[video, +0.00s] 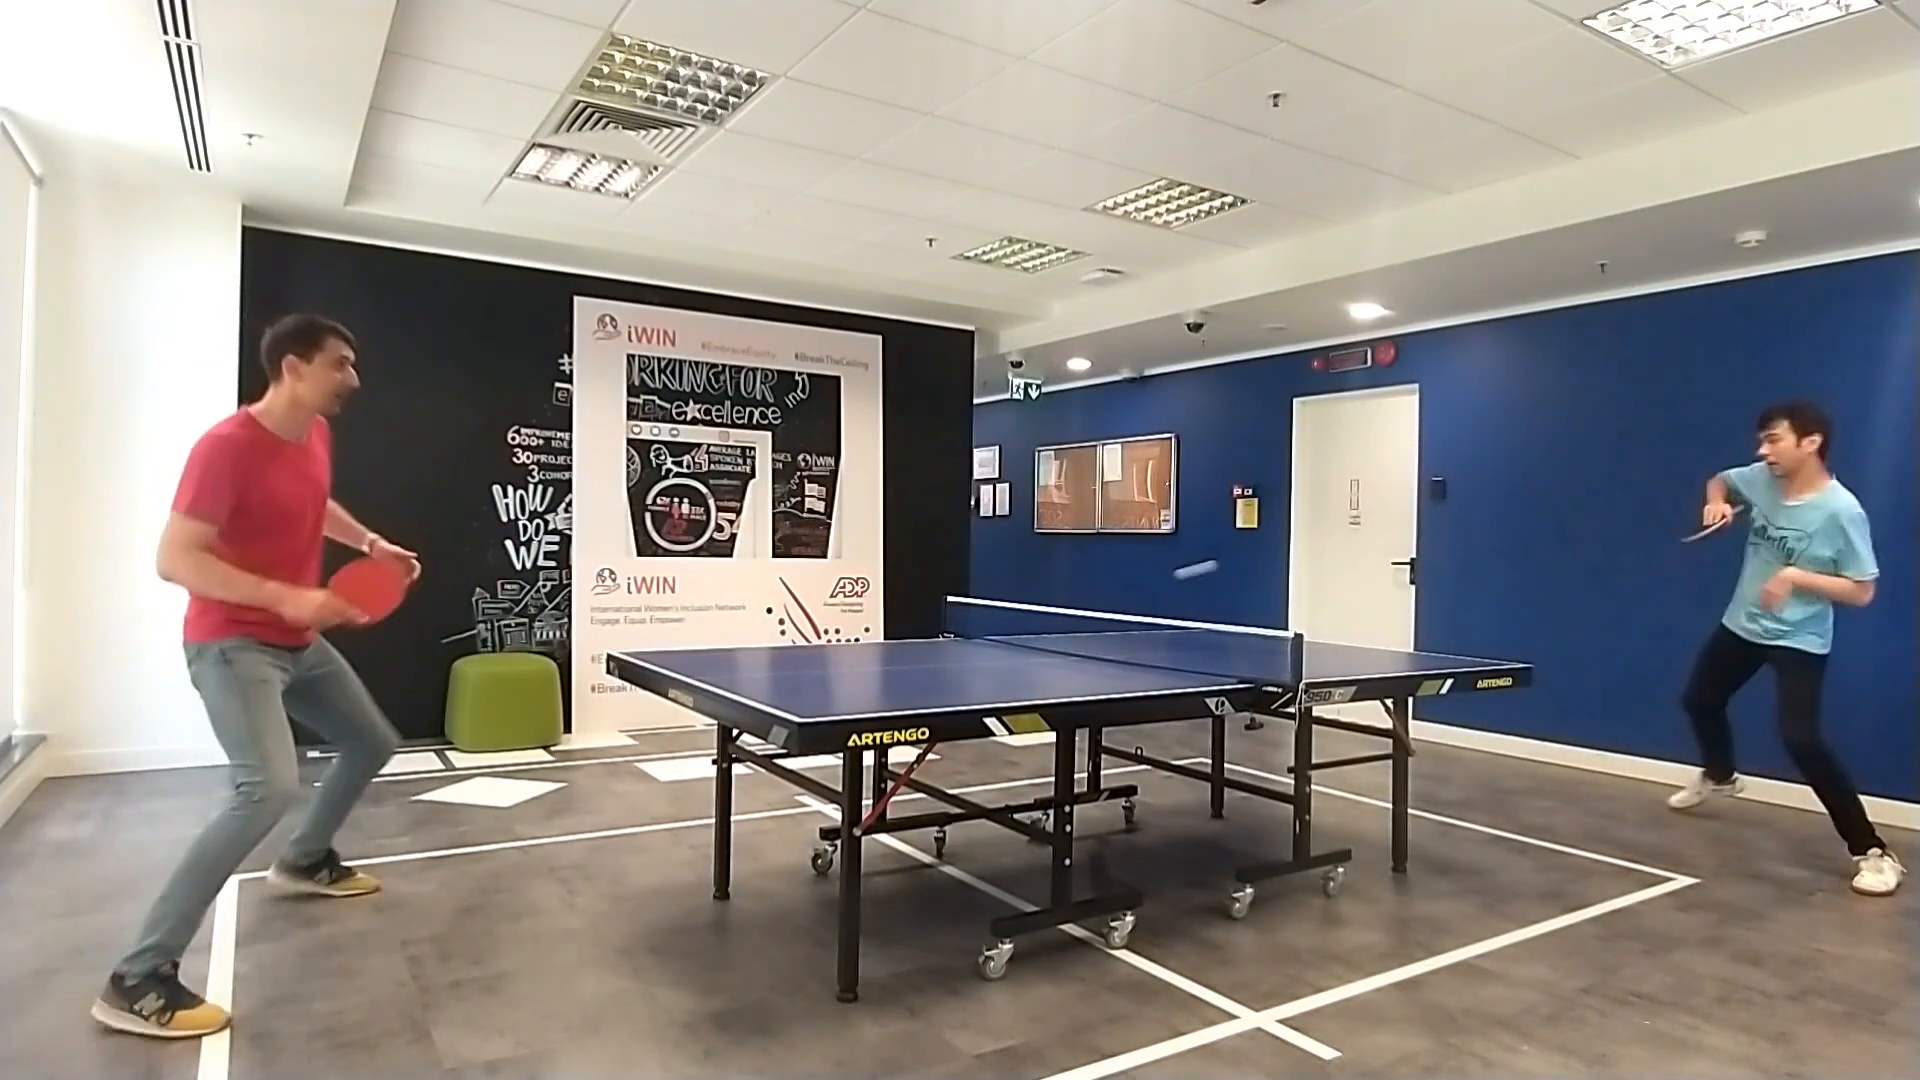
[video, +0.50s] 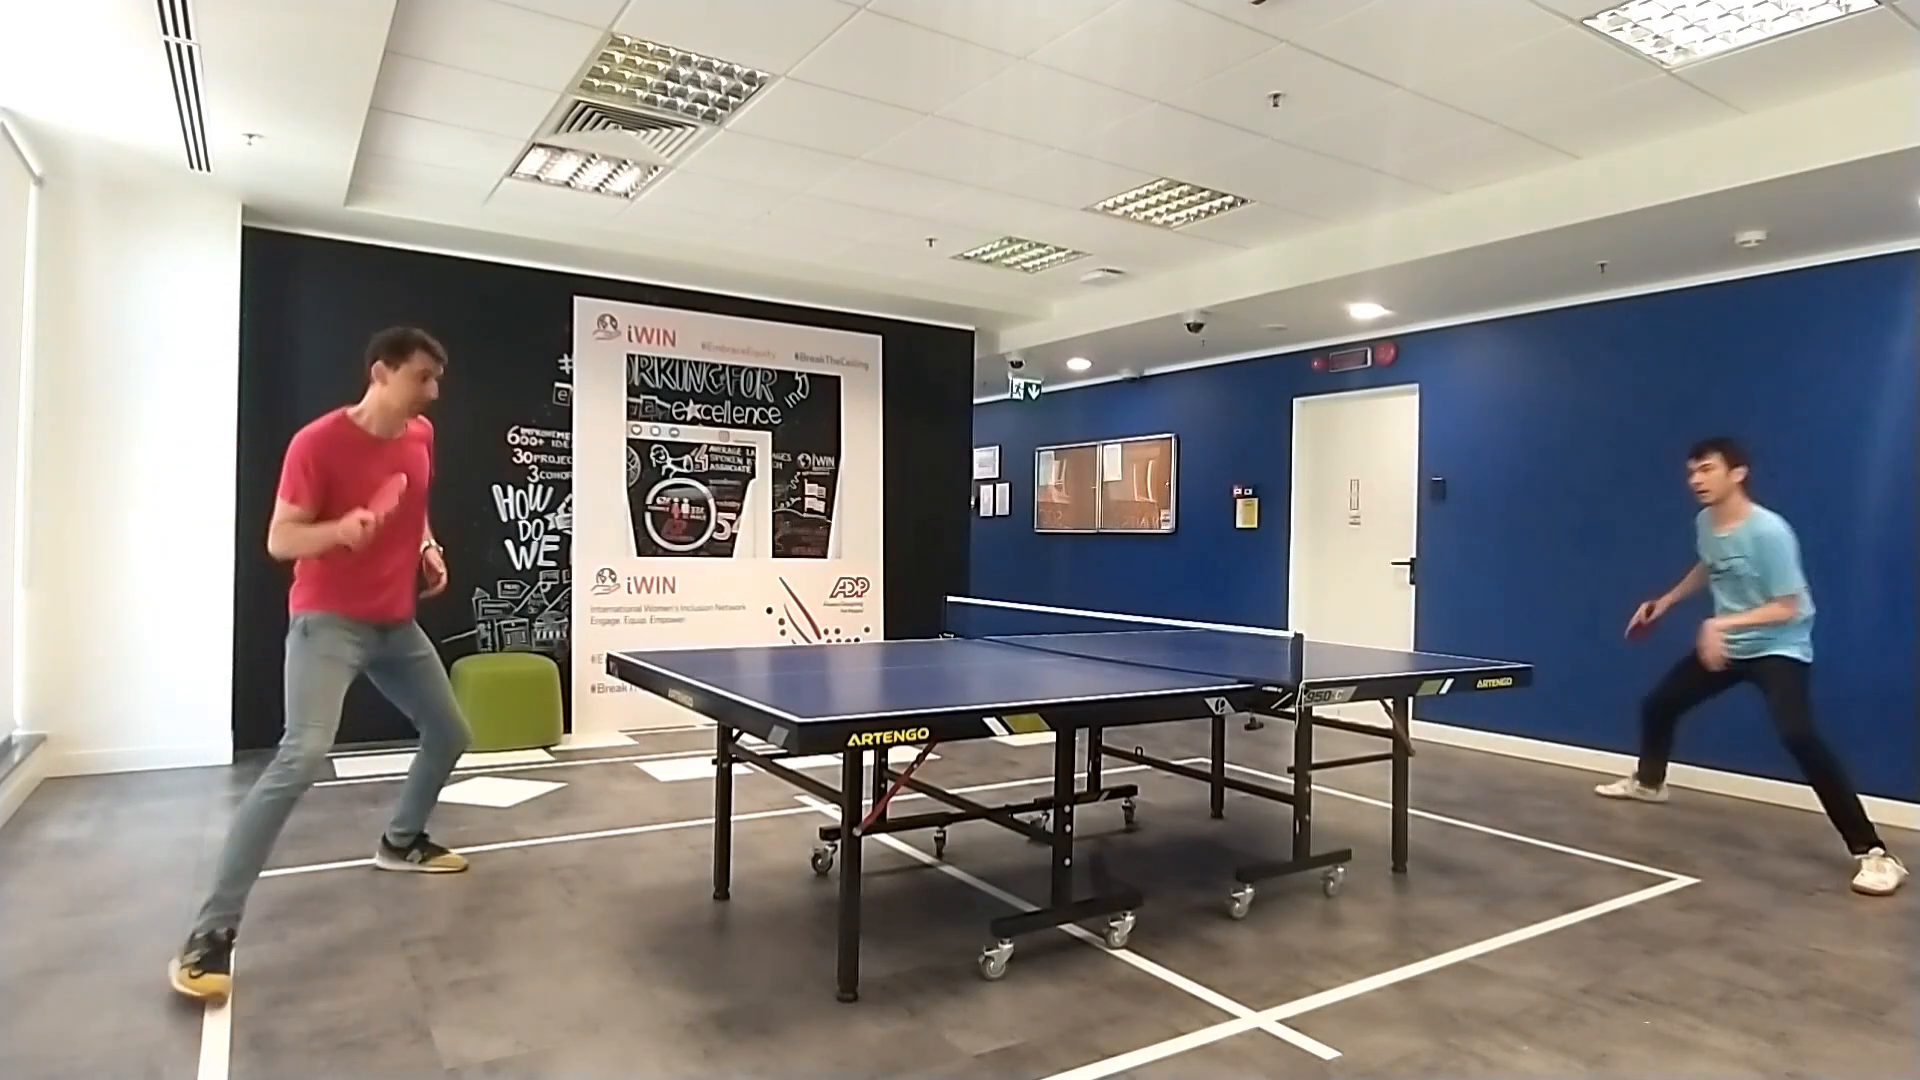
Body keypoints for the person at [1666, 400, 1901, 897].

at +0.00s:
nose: (1765, 451)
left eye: (1775, 440)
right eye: (1764, 442)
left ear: (1811, 444)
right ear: (1766, 447)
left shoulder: (1843, 510)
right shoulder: (1763, 478)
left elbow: (1862, 590)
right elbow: (1719, 482)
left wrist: (1794, 576)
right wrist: (1716, 502)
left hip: (1800, 642)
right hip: (1742, 625)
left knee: (1801, 741)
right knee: (1700, 700)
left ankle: (1871, 854)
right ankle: (1719, 777)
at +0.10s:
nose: (1780, 445)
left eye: (1791, 436)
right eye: (1778, 437)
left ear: (1827, 443)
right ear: (1780, 443)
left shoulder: (1853, 509)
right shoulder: (1770, 472)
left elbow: (1873, 584)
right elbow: (1722, 484)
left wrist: (1806, 578)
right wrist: (1708, 510)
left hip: (1809, 636)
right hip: (1750, 620)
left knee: (1815, 735)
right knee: (1706, 692)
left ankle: (1874, 853)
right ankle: (1717, 771)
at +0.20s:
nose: (1778, 446)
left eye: (1790, 438)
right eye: (1776, 438)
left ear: (1824, 445)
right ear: (1774, 444)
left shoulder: (1851, 510)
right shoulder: (1766, 476)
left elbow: (1874, 584)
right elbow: (1726, 497)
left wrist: (1811, 586)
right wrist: (1701, 530)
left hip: (1813, 634)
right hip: (1753, 616)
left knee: (1820, 727)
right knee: (1704, 687)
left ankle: (1875, 853)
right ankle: (1694, 764)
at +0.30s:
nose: (1763, 456)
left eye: (1775, 447)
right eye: (1761, 448)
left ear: (1808, 454)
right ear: (1758, 454)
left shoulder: (1837, 516)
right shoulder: (1754, 488)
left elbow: (1867, 588)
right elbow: (1727, 521)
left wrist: (1803, 603)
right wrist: (1692, 554)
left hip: (1811, 637)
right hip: (1751, 622)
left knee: (1819, 730)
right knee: (1695, 689)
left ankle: (1875, 852)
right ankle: (1667, 761)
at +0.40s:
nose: (1737, 468)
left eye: (1747, 459)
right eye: (1732, 461)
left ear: (1779, 465)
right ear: (1730, 469)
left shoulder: (1812, 525)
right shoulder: (1733, 506)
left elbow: (1840, 598)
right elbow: (1724, 542)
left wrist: (1776, 620)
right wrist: (1681, 577)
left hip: (1800, 645)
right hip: (1741, 632)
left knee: (1812, 732)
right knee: (1683, 694)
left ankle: (1874, 852)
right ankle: (1645, 765)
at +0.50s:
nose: (1696, 479)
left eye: (1706, 469)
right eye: (1693, 472)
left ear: (1738, 475)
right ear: (1693, 480)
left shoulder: (1770, 531)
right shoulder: (1706, 521)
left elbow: (1790, 606)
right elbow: (1710, 569)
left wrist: (1722, 623)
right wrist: (1667, 601)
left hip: (1779, 651)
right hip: (1730, 646)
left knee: (1798, 736)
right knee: (1660, 704)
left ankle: (1873, 854)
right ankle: (1648, 783)